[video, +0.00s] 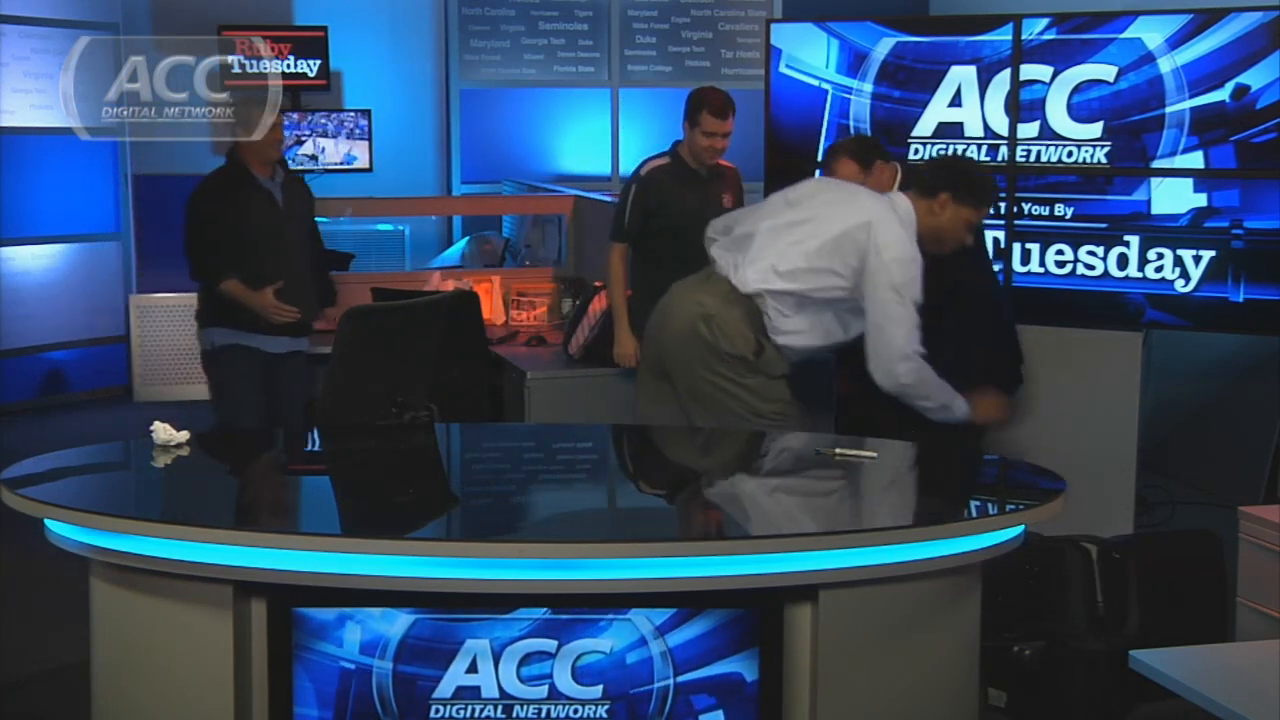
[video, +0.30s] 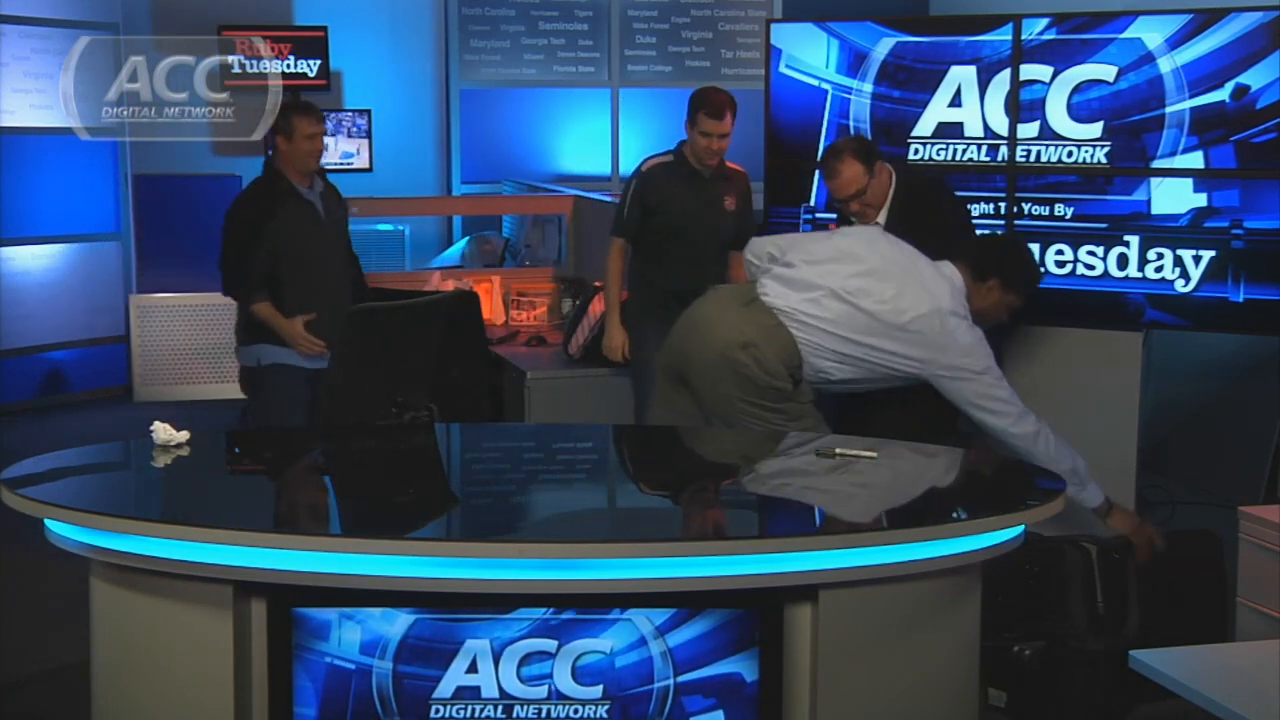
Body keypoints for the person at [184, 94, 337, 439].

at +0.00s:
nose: (281, 135)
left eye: (281, 126)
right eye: (271, 128)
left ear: (281, 130)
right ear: (245, 135)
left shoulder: (296, 188)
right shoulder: (212, 191)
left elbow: (311, 253)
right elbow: (207, 265)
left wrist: (325, 304)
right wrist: (251, 298)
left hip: (290, 340)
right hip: (234, 340)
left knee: (289, 439)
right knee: (244, 439)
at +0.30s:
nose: (320, 146)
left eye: (322, 137)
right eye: (310, 138)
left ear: (324, 138)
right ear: (281, 143)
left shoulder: (329, 197)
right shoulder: (253, 204)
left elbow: (345, 264)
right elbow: (241, 282)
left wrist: (363, 316)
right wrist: (283, 326)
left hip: (333, 355)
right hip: (278, 359)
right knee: (283, 463)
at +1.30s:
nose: (474, 143)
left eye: (475, 134)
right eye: (464, 134)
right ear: (433, 140)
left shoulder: (471, 197)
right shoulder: (407, 204)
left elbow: (479, 272)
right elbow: (409, 287)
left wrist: (497, 324)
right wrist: (468, 321)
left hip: (483, 361)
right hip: (438, 365)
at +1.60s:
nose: (493, 155)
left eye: (495, 145)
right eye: (482, 146)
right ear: (452, 149)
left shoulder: (474, 198)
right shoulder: (442, 204)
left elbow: (490, 281)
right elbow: (454, 297)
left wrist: (527, 318)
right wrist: (520, 329)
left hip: (496, 369)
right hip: (465, 375)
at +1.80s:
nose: (500, 158)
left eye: (504, 148)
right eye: (489, 150)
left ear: (509, 146)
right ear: (459, 151)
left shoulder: (482, 201)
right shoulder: (451, 208)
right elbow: (457, 302)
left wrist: (524, 333)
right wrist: (516, 339)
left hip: (500, 378)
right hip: (471, 384)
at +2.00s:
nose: (502, 161)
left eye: (507, 151)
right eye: (491, 153)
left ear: (512, 147)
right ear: (462, 152)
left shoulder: (486, 204)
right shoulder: (451, 210)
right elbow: (443, 305)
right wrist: (500, 352)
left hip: (499, 384)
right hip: (471, 388)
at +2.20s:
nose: (499, 163)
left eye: (503, 153)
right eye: (487, 155)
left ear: (509, 148)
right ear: (458, 154)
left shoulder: (494, 204)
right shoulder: (443, 214)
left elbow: (503, 285)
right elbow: (430, 308)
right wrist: (484, 361)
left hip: (511, 382)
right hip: (468, 391)